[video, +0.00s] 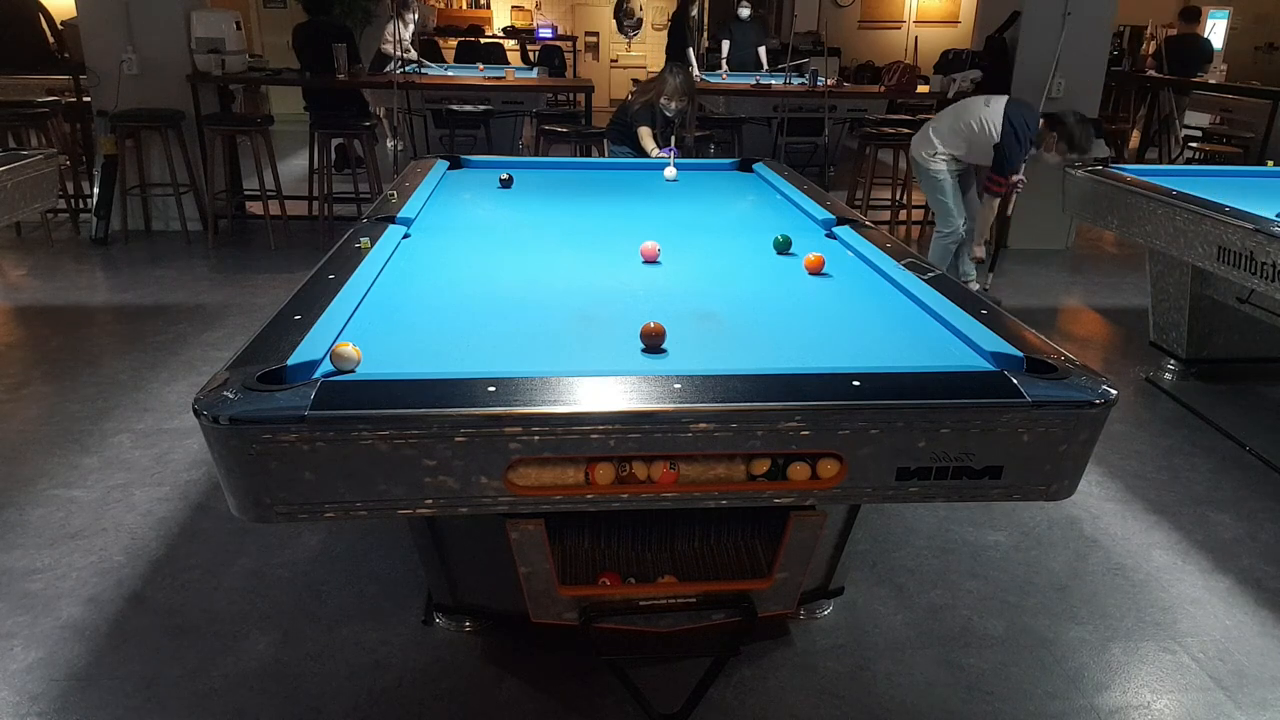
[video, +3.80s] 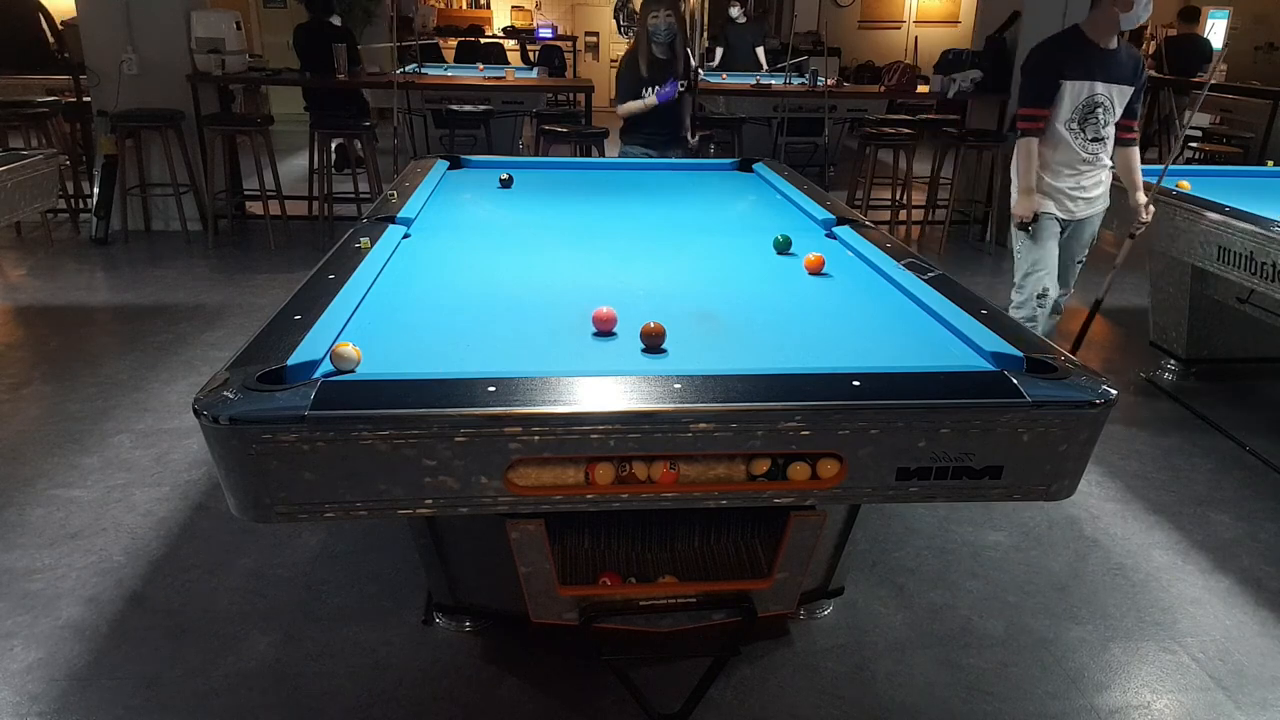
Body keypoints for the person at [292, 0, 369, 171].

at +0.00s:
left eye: (303, 5)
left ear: (305, 8)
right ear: (331, 7)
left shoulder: (299, 30)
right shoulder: (342, 29)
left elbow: (304, 64)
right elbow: (356, 67)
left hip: (314, 102)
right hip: (346, 103)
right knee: (363, 107)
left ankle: (351, 152)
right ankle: (345, 150)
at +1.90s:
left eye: (304, 5)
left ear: (307, 8)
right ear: (333, 7)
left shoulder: (300, 30)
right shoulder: (343, 30)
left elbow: (305, 64)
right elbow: (356, 68)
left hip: (315, 102)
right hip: (346, 102)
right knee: (362, 107)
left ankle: (351, 152)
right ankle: (344, 149)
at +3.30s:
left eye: (303, 5)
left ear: (307, 8)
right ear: (333, 7)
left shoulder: (300, 30)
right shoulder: (342, 30)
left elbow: (305, 61)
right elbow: (357, 61)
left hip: (314, 101)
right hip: (345, 101)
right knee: (362, 106)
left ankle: (350, 150)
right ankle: (343, 147)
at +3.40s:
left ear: (308, 8)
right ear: (335, 8)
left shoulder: (300, 31)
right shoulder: (344, 33)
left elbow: (305, 64)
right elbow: (355, 70)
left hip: (314, 102)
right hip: (346, 102)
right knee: (362, 107)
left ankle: (351, 150)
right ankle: (343, 147)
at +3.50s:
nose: (347, 10)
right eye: (344, 5)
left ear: (309, 8)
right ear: (337, 8)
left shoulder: (299, 31)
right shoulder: (344, 34)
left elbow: (305, 64)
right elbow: (355, 70)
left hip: (314, 102)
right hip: (345, 103)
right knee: (362, 106)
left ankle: (350, 150)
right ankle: (344, 147)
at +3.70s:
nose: (338, 7)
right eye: (336, 4)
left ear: (308, 8)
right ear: (332, 8)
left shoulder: (300, 31)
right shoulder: (344, 34)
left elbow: (306, 64)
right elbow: (357, 73)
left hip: (315, 104)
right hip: (346, 105)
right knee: (362, 105)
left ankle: (351, 150)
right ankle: (344, 148)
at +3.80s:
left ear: (308, 8)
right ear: (331, 8)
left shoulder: (300, 31)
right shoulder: (343, 32)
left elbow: (305, 65)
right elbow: (357, 71)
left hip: (315, 103)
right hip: (346, 104)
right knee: (362, 106)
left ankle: (351, 150)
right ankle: (345, 148)